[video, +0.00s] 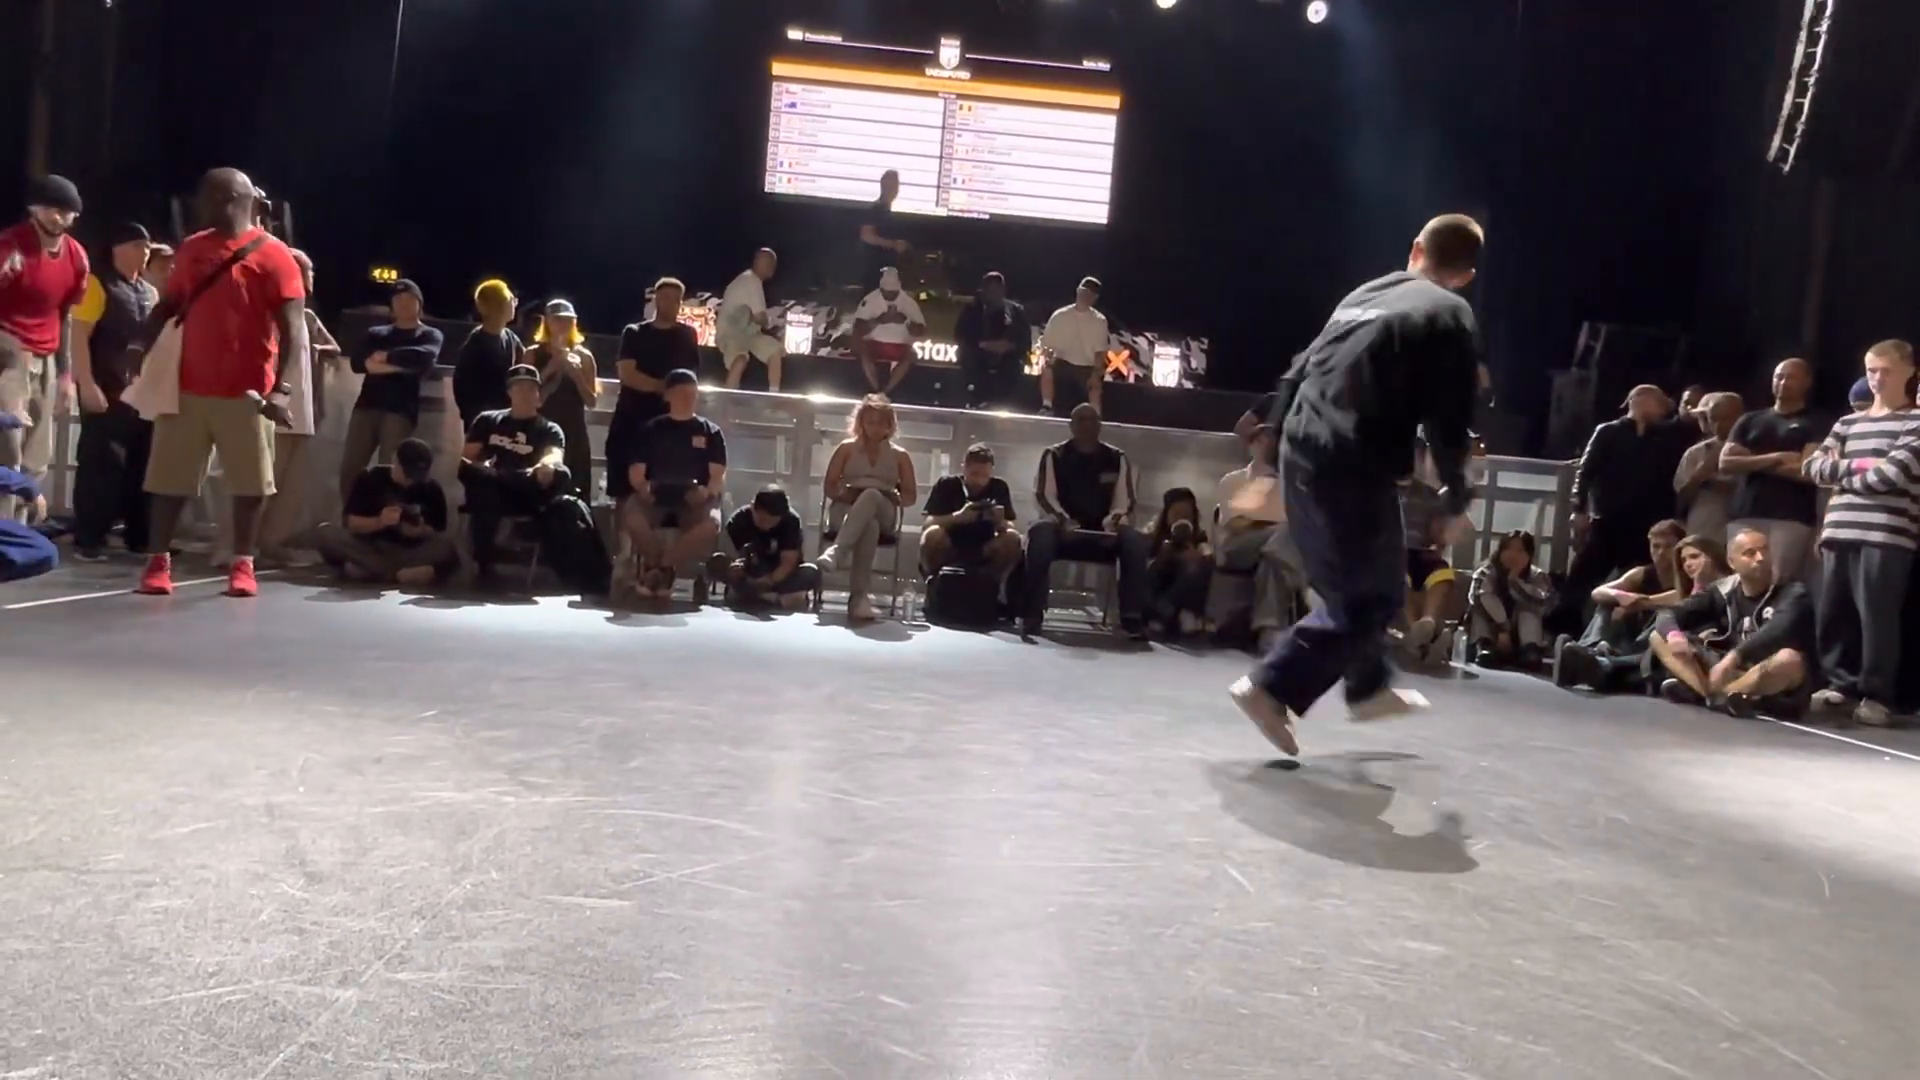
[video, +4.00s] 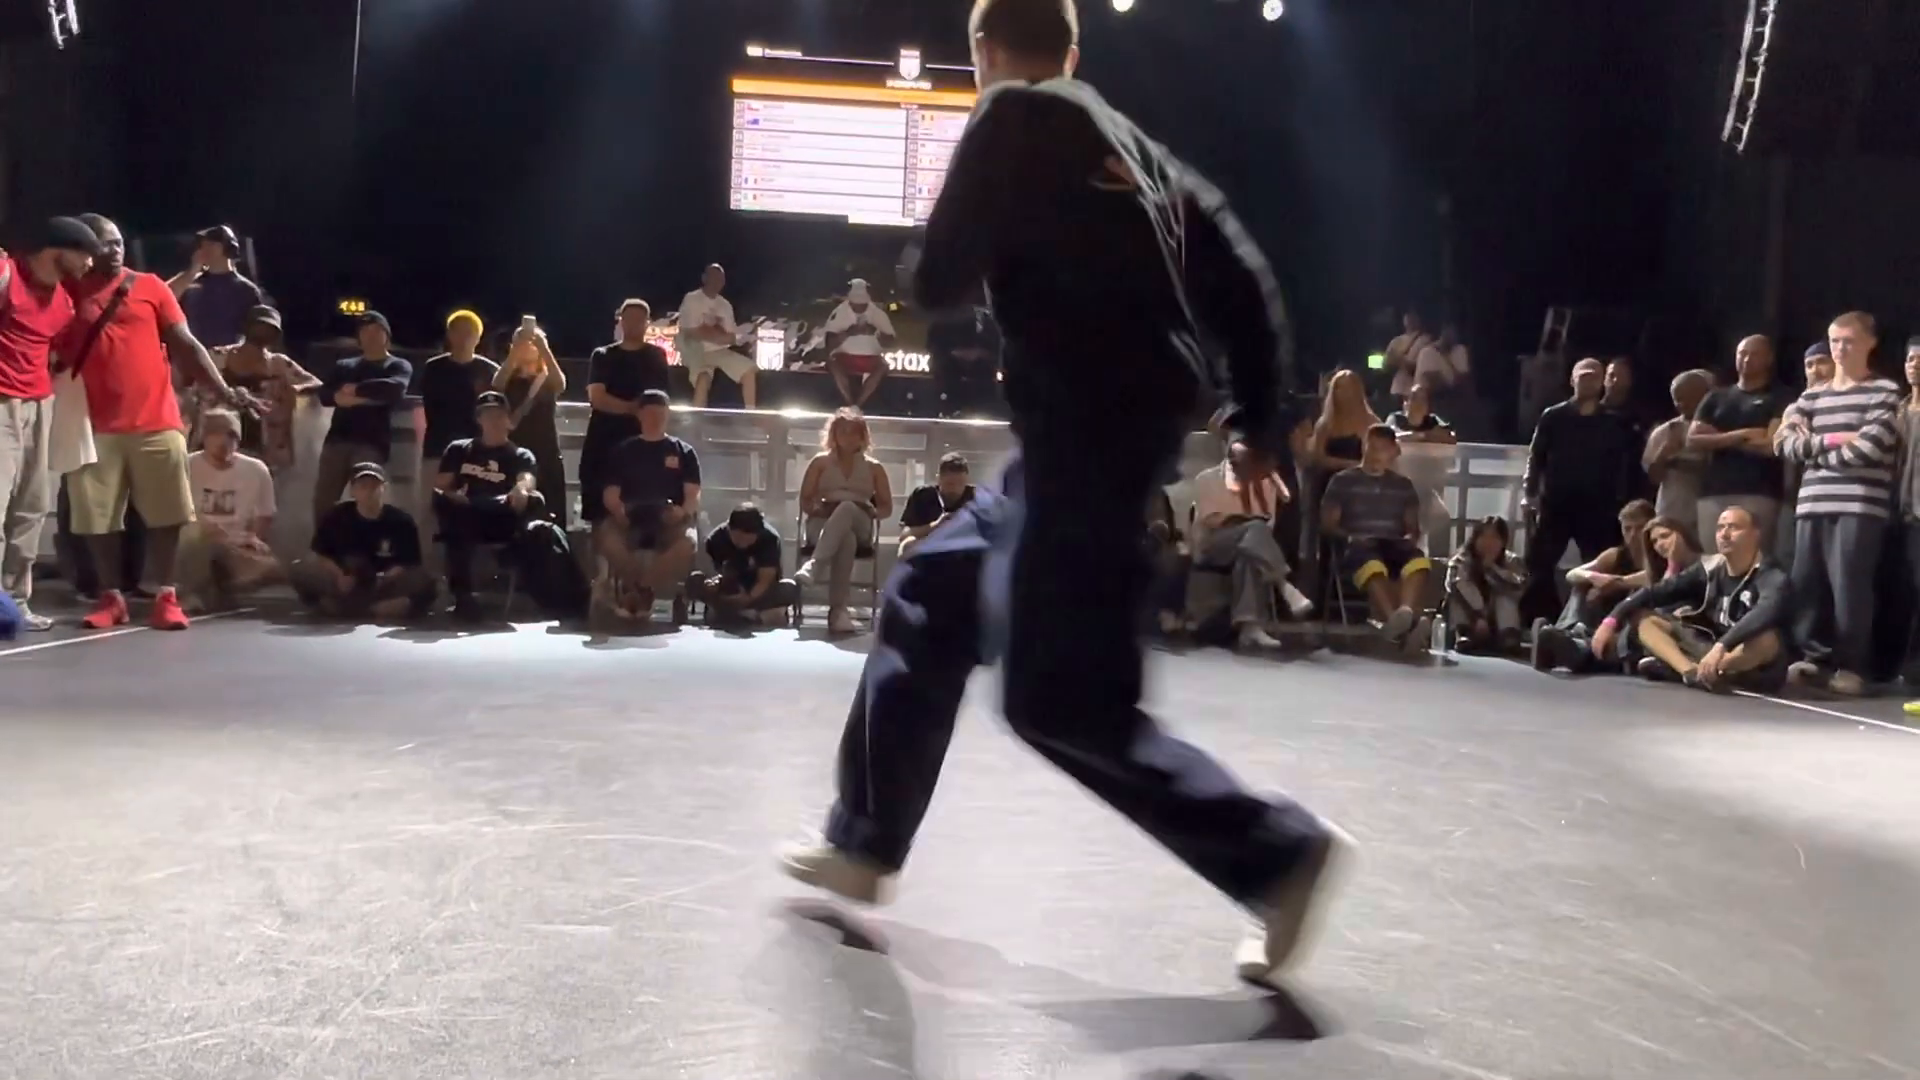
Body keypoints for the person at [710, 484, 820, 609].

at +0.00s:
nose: (765, 525)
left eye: (771, 522)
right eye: (762, 520)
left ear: (780, 516)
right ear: (753, 508)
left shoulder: (791, 521)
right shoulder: (737, 522)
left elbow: (789, 563)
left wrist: (769, 580)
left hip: (780, 568)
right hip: (751, 570)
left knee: (812, 572)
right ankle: (778, 600)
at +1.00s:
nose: (758, 522)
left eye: (765, 520)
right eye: (757, 517)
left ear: (777, 518)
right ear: (752, 509)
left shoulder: (789, 523)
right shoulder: (735, 523)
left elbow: (787, 563)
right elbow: (741, 556)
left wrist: (767, 580)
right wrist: (735, 566)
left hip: (778, 569)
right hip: (749, 569)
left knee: (810, 573)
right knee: (715, 563)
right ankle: (773, 600)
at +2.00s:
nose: (770, 525)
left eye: (774, 521)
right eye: (767, 521)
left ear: (779, 516)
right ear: (754, 513)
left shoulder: (790, 523)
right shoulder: (735, 523)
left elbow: (787, 564)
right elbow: (744, 558)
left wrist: (765, 584)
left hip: (779, 570)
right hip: (752, 571)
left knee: (809, 574)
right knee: (715, 563)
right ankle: (777, 601)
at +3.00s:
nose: (752, 537)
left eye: (757, 533)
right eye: (748, 531)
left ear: (767, 528)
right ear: (742, 523)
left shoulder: (780, 532)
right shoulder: (726, 534)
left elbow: (777, 572)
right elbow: (735, 569)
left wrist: (761, 592)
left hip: (770, 579)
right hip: (742, 581)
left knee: (800, 582)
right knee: (705, 572)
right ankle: (767, 611)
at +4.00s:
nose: (741, 542)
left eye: (747, 538)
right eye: (738, 537)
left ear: (756, 533)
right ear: (731, 529)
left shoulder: (769, 539)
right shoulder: (714, 541)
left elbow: (766, 579)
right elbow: (722, 573)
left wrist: (748, 598)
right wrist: (715, 582)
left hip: (760, 584)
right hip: (731, 585)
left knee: (790, 588)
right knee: (695, 582)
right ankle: (756, 616)